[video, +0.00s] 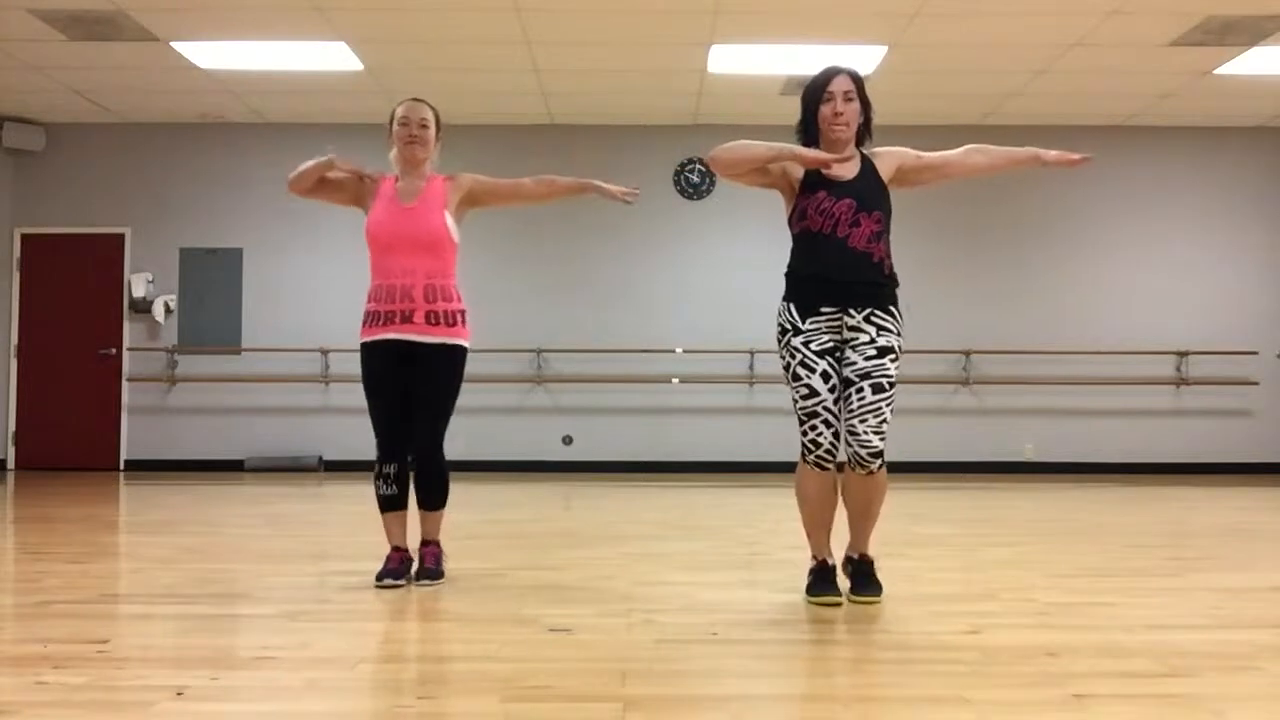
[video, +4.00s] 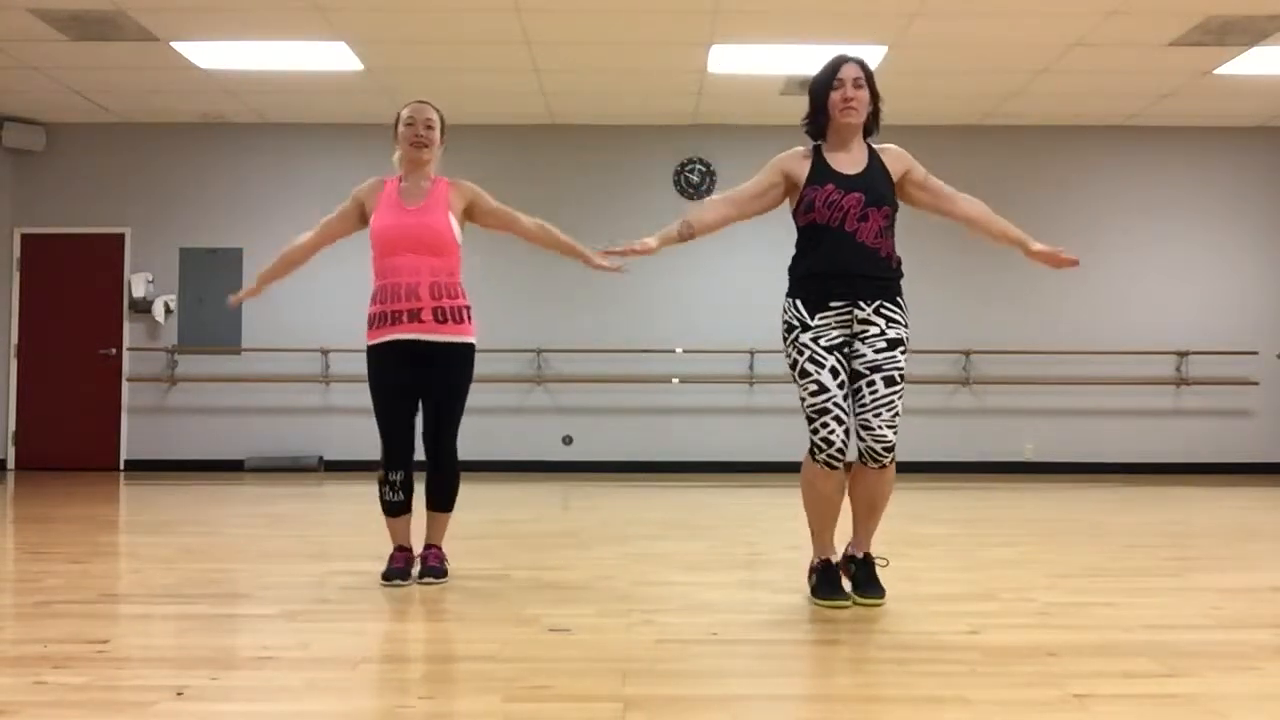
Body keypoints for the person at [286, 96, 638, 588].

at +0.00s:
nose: (413, 130)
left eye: (422, 124)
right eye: (404, 123)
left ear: (437, 138)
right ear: (391, 134)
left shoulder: (456, 188)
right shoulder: (370, 188)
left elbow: (530, 187)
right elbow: (298, 185)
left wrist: (595, 186)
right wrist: (326, 163)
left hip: (441, 335)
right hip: (383, 333)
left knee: (427, 444)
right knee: (390, 447)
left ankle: (429, 547)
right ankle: (396, 552)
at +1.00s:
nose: (413, 133)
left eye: (422, 127)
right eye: (404, 126)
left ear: (437, 140)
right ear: (391, 138)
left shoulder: (461, 189)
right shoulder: (374, 193)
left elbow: (535, 193)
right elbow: (303, 208)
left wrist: (602, 198)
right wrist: (325, 179)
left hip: (443, 336)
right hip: (385, 333)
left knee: (428, 447)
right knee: (393, 446)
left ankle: (430, 552)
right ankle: (399, 551)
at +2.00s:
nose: (418, 133)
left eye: (429, 127)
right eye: (409, 126)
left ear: (443, 137)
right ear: (396, 138)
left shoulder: (457, 182)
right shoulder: (386, 182)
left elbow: (448, 107)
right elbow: (381, 108)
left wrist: (426, 33)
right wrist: (393, 35)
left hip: (447, 333)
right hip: (389, 332)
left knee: (438, 447)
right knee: (395, 446)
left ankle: (432, 550)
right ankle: (400, 549)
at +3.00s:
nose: (418, 132)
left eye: (427, 126)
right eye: (409, 126)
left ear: (440, 141)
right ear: (394, 141)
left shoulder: (459, 191)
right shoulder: (375, 187)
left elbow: (527, 161)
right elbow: (309, 162)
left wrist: (604, 137)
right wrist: (247, 137)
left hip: (449, 337)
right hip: (389, 336)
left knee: (443, 445)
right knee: (397, 445)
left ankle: (431, 549)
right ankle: (398, 543)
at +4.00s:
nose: (419, 130)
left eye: (429, 125)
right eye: (411, 124)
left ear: (441, 141)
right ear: (396, 137)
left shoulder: (459, 193)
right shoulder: (372, 194)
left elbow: (525, 225)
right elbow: (310, 242)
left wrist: (584, 254)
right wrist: (257, 283)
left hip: (449, 336)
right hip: (389, 336)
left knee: (441, 445)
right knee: (396, 448)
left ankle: (433, 549)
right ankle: (400, 551)